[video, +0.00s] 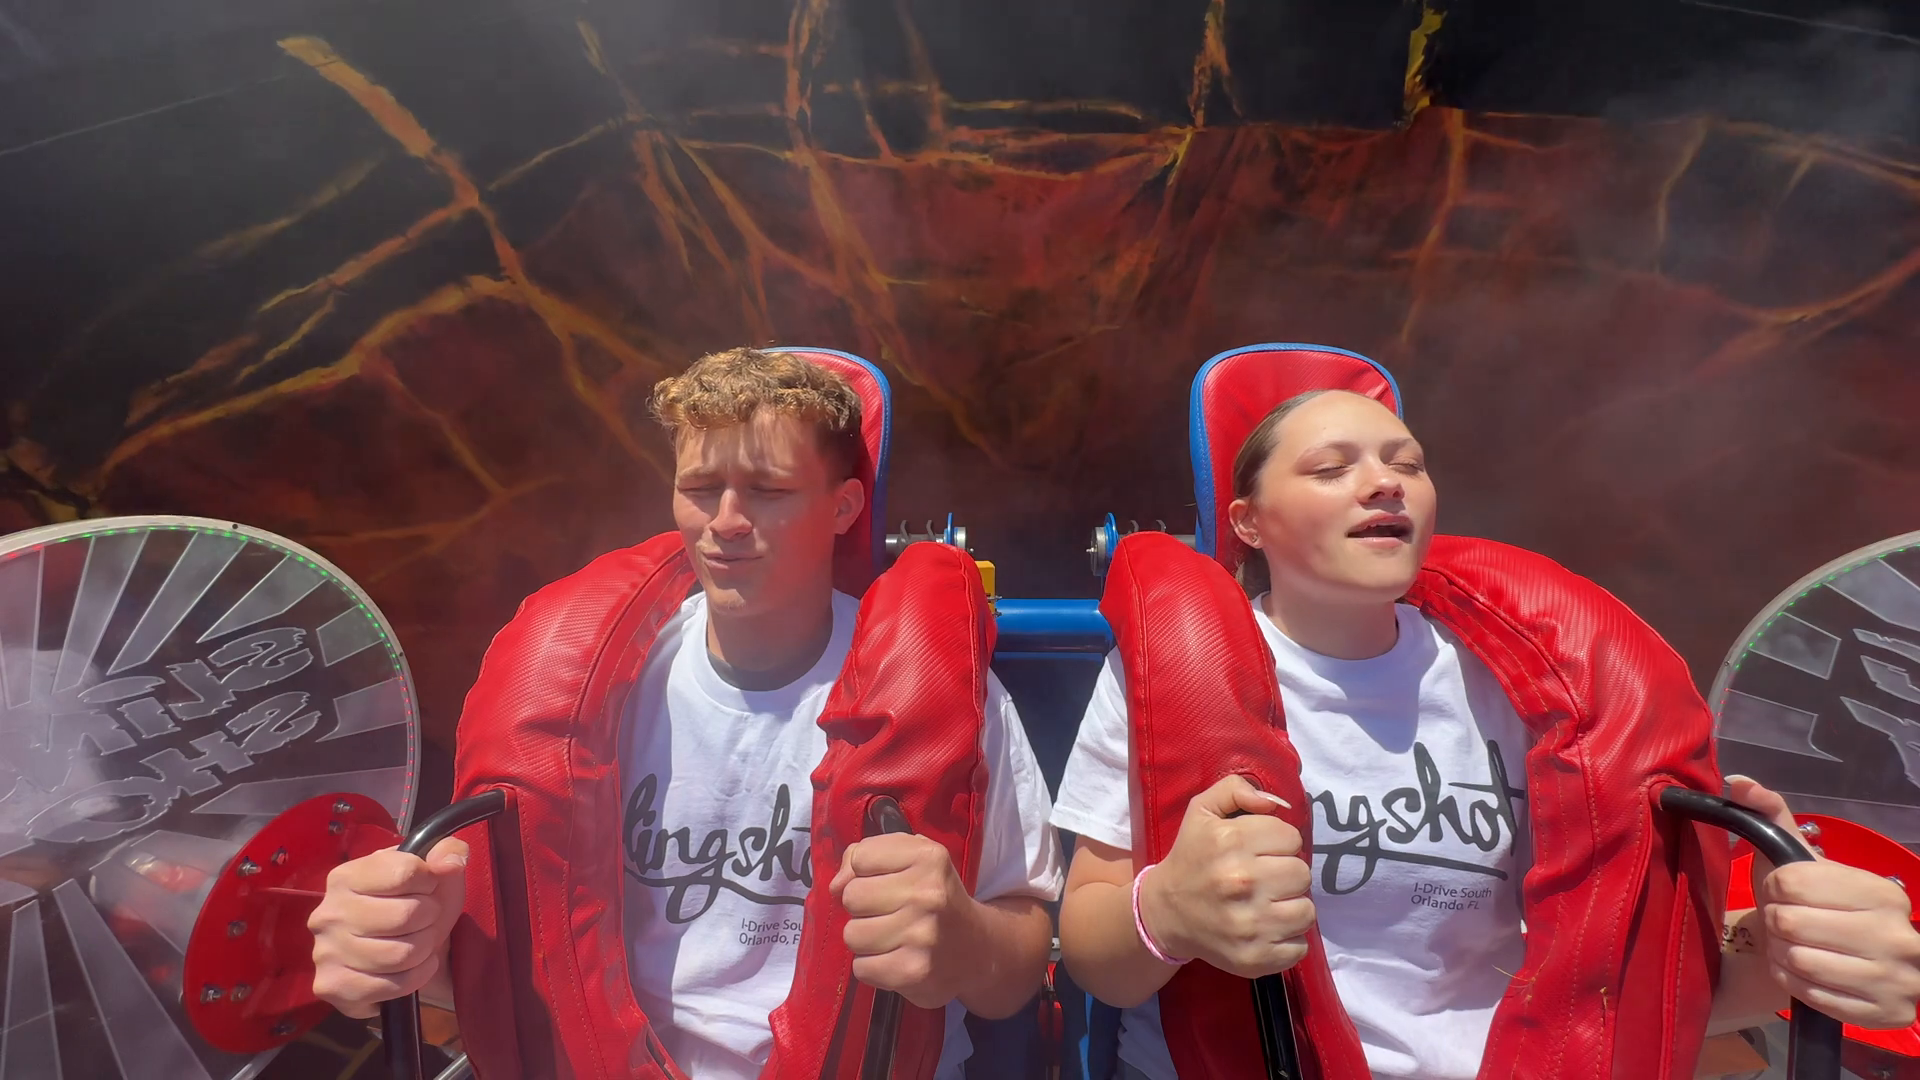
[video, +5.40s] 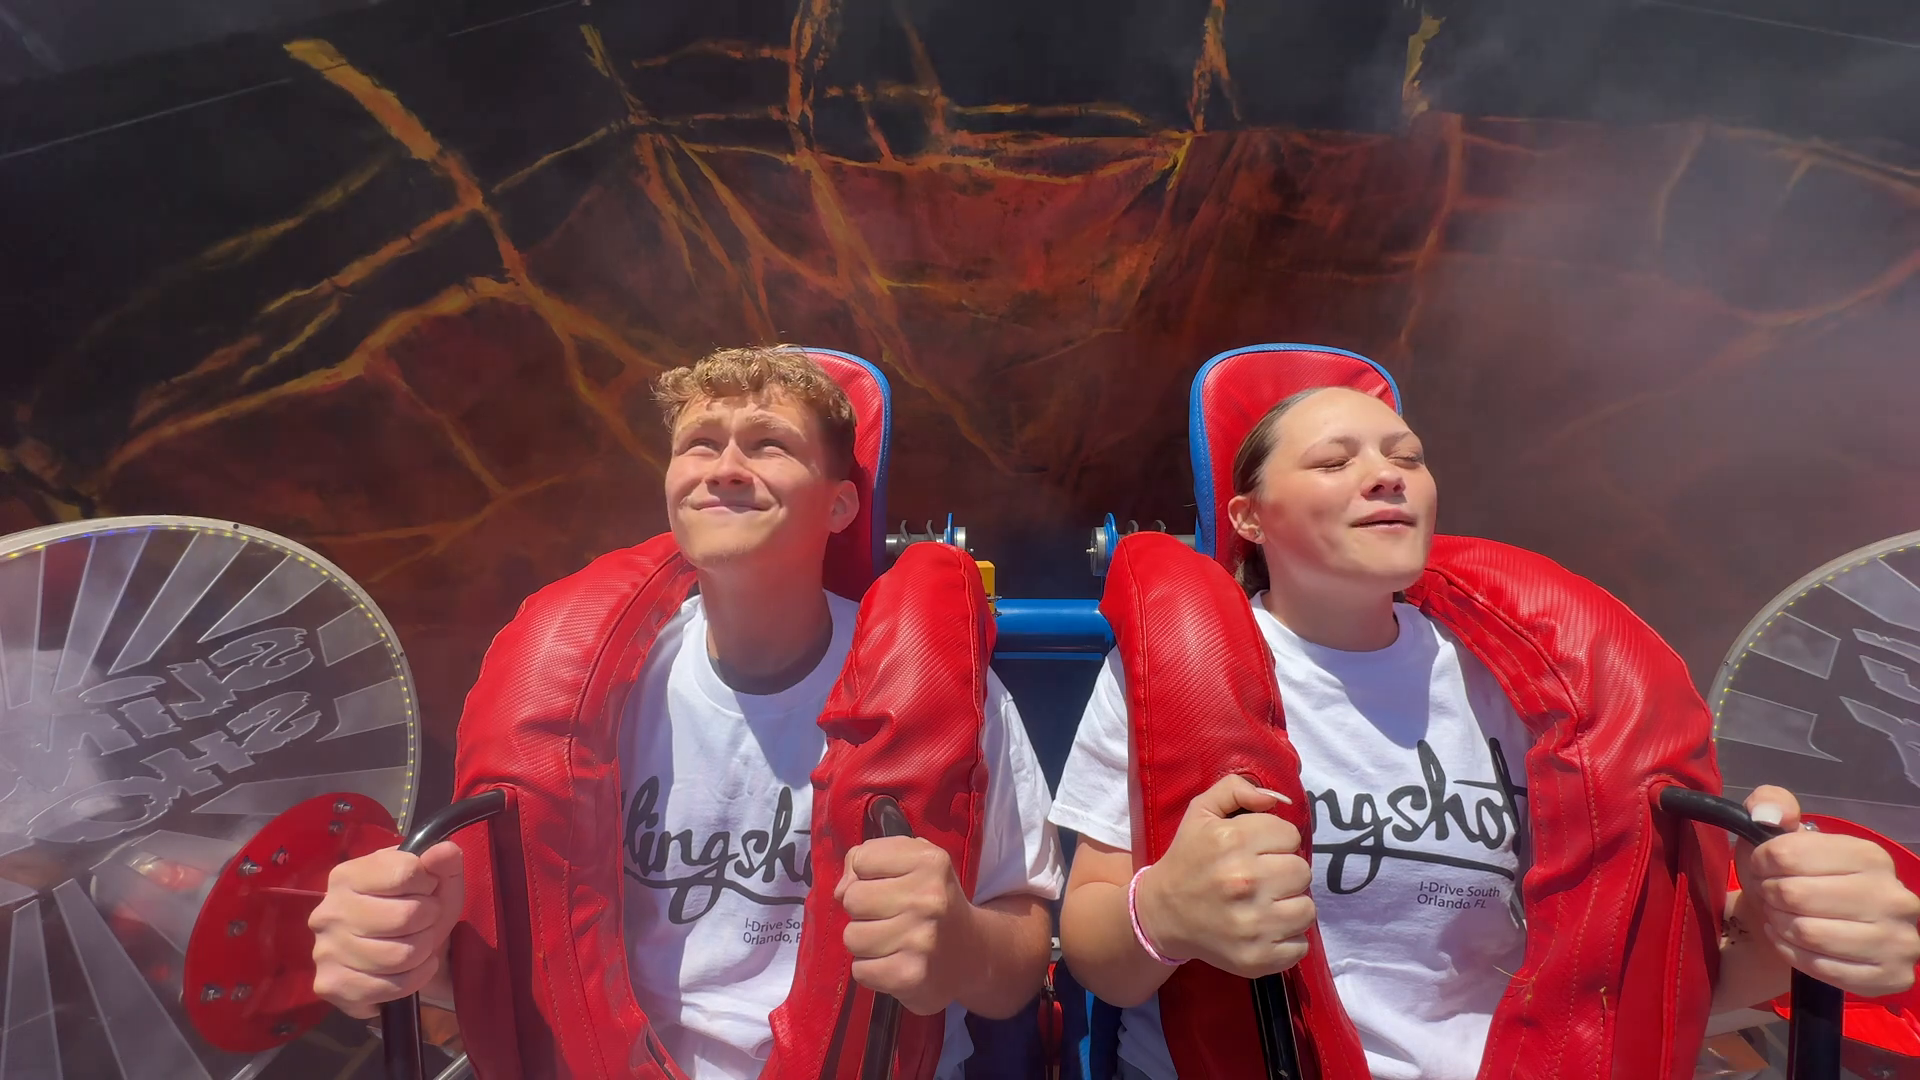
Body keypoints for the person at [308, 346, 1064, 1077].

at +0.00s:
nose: (727, 522)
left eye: (766, 490)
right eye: (704, 488)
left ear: (846, 507)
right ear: (674, 493)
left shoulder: (935, 690)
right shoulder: (583, 673)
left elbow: (1025, 962)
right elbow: (505, 932)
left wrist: (969, 945)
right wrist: (410, 944)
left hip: (831, 1062)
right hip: (612, 1057)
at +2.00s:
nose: (725, 523)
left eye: (764, 491)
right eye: (702, 489)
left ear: (845, 506)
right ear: (673, 491)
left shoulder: (934, 688)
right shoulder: (582, 673)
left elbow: (1027, 957)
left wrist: (969, 946)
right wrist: (415, 944)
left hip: (837, 1064)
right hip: (616, 1059)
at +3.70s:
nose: (831, 522)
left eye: (850, 492)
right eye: (789, 487)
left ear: (873, 504)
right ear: (693, 499)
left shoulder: (937, 685)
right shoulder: (583, 671)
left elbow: (1024, 952)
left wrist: (965, 950)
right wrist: (411, 941)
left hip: (840, 1063)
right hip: (614, 1059)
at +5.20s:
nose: (737, 495)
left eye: (778, 465)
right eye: (710, 463)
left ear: (845, 500)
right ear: (674, 488)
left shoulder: (937, 688)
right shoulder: (582, 674)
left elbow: (1025, 960)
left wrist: (965, 949)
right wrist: (411, 947)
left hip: (841, 1063)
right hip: (617, 1058)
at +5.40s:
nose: (724, 463)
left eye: (770, 445)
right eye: (701, 443)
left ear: (841, 502)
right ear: (666, 490)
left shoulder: (938, 688)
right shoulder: (577, 678)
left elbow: (1025, 959)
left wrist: (964, 949)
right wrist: (411, 948)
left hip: (844, 1063)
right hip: (618, 1059)